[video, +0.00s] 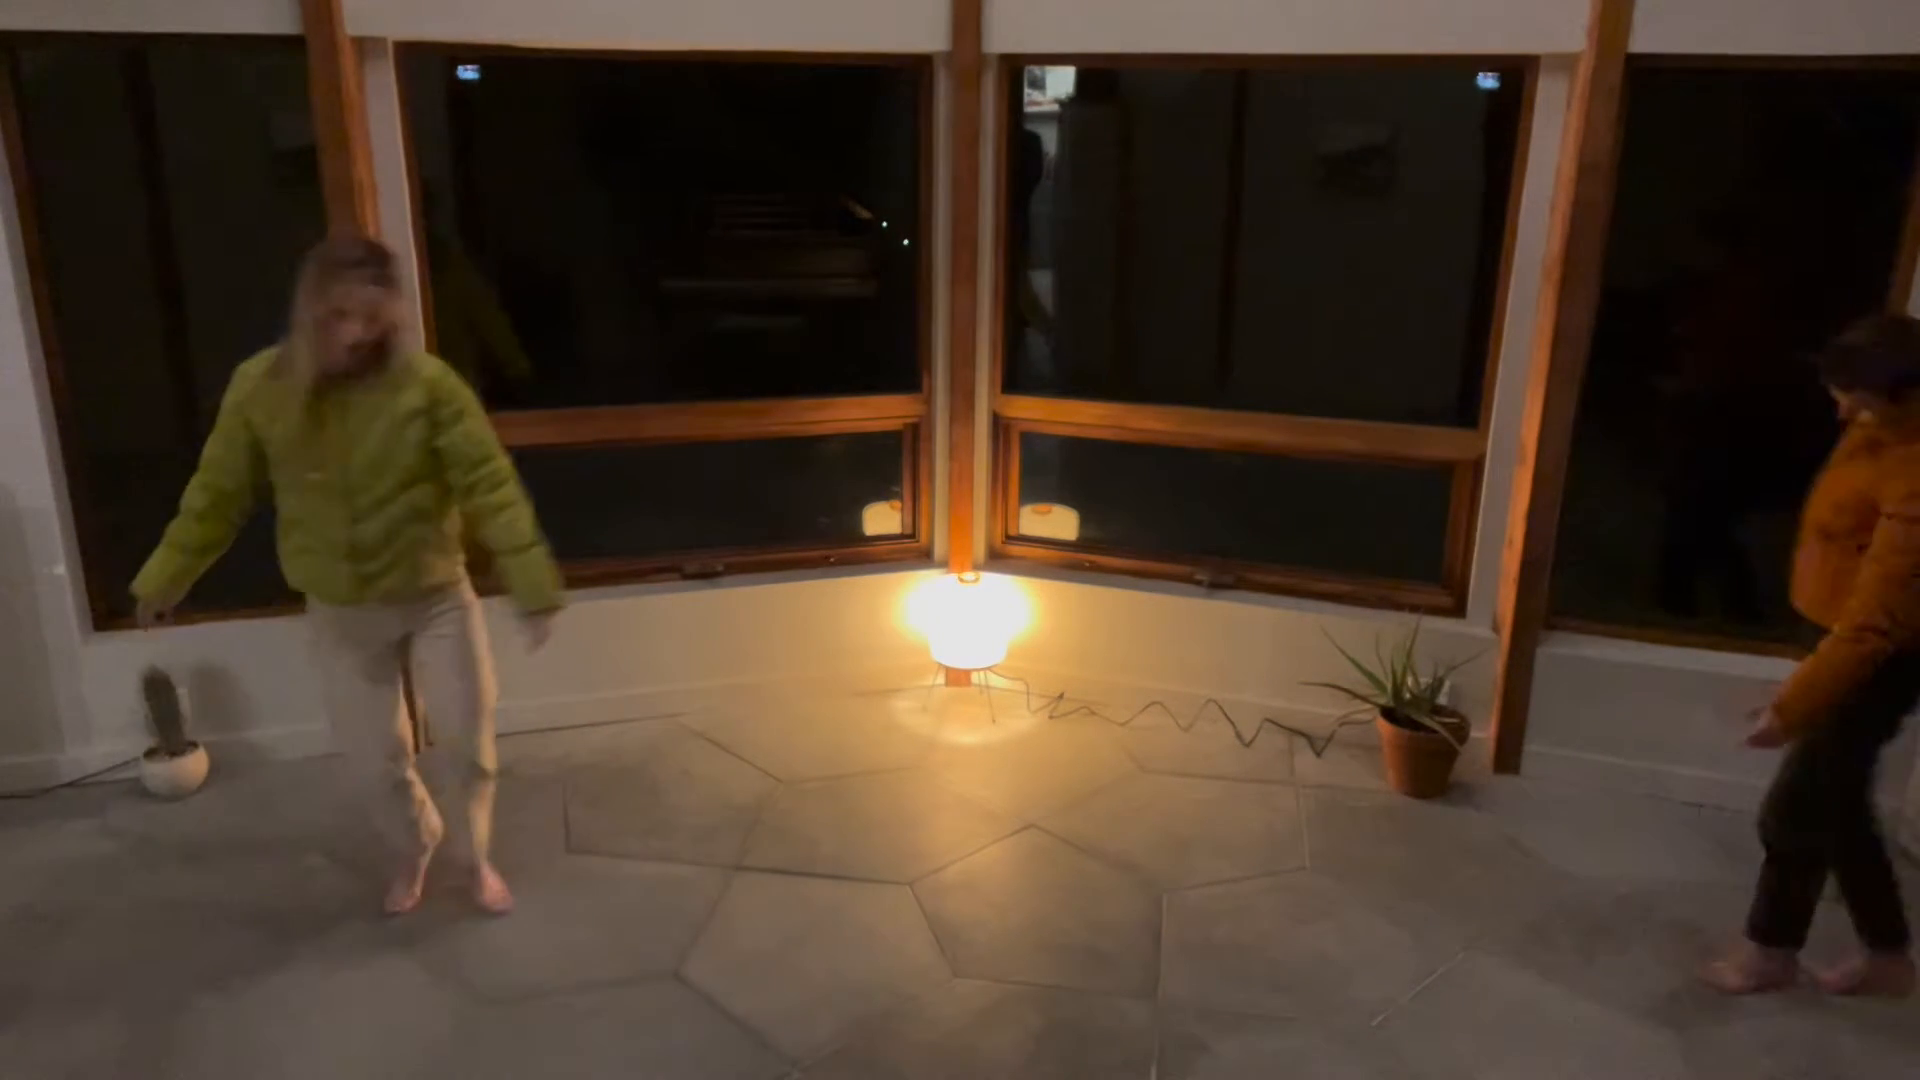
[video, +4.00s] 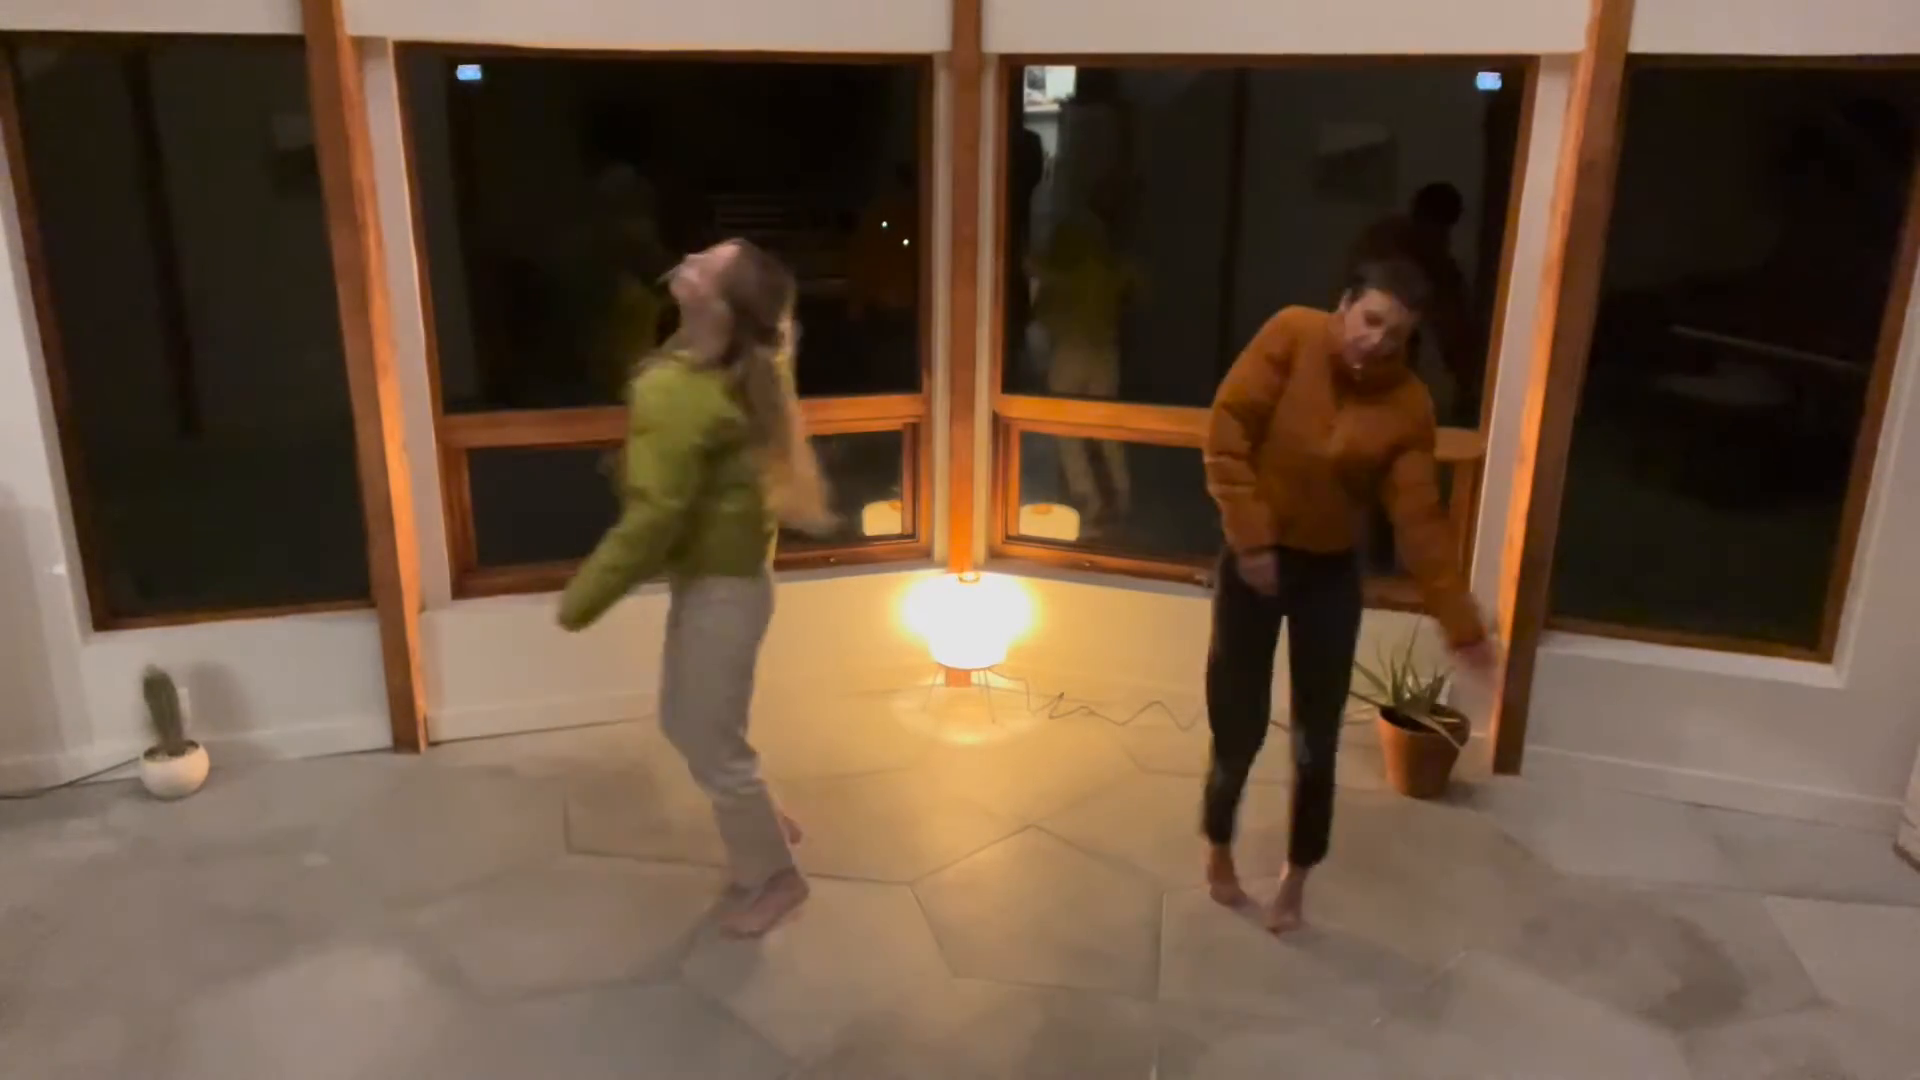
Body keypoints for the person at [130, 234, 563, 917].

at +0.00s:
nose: (353, 333)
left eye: (369, 317)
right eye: (337, 315)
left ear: (391, 317)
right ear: (308, 314)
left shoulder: (426, 387)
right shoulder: (263, 390)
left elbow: (489, 484)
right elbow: (215, 493)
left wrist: (534, 584)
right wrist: (162, 579)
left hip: (439, 597)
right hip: (342, 609)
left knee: (469, 743)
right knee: (371, 756)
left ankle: (476, 855)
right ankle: (417, 841)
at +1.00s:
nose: (592, 311)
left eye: (590, 298)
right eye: (587, 298)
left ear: (492, 292)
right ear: (565, 305)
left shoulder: (427, 368)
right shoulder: (565, 386)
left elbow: (393, 487)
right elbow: (619, 507)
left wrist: (378, 579)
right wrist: (693, 583)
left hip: (448, 601)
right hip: (523, 608)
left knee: (509, 747)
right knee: (554, 750)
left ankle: (513, 893)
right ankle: (513, 914)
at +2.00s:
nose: (715, 297)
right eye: (708, 284)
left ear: (631, 273)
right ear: (698, 291)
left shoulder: (564, 333)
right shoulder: (701, 356)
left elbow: (468, 343)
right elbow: (726, 462)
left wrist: (454, 246)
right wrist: (793, 501)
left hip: (584, 553)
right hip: (665, 555)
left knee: (596, 681)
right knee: (664, 686)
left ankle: (604, 806)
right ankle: (665, 821)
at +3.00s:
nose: (730, 306)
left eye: (739, 294)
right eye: (719, 294)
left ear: (749, 285)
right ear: (686, 284)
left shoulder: (765, 320)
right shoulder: (649, 345)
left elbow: (848, 324)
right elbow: (608, 443)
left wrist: (928, 298)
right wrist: (625, 364)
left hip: (752, 528)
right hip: (686, 539)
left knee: (770, 660)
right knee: (714, 664)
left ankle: (740, 758)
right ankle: (692, 782)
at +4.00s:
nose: (688, 262)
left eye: (704, 266)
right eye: (703, 255)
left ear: (721, 308)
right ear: (719, 309)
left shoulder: (683, 391)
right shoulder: (706, 372)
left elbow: (656, 513)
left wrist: (582, 599)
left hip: (726, 587)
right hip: (711, 582)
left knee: (711, 736)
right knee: (684, 720)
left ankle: (770, 877)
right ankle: (762, 821)